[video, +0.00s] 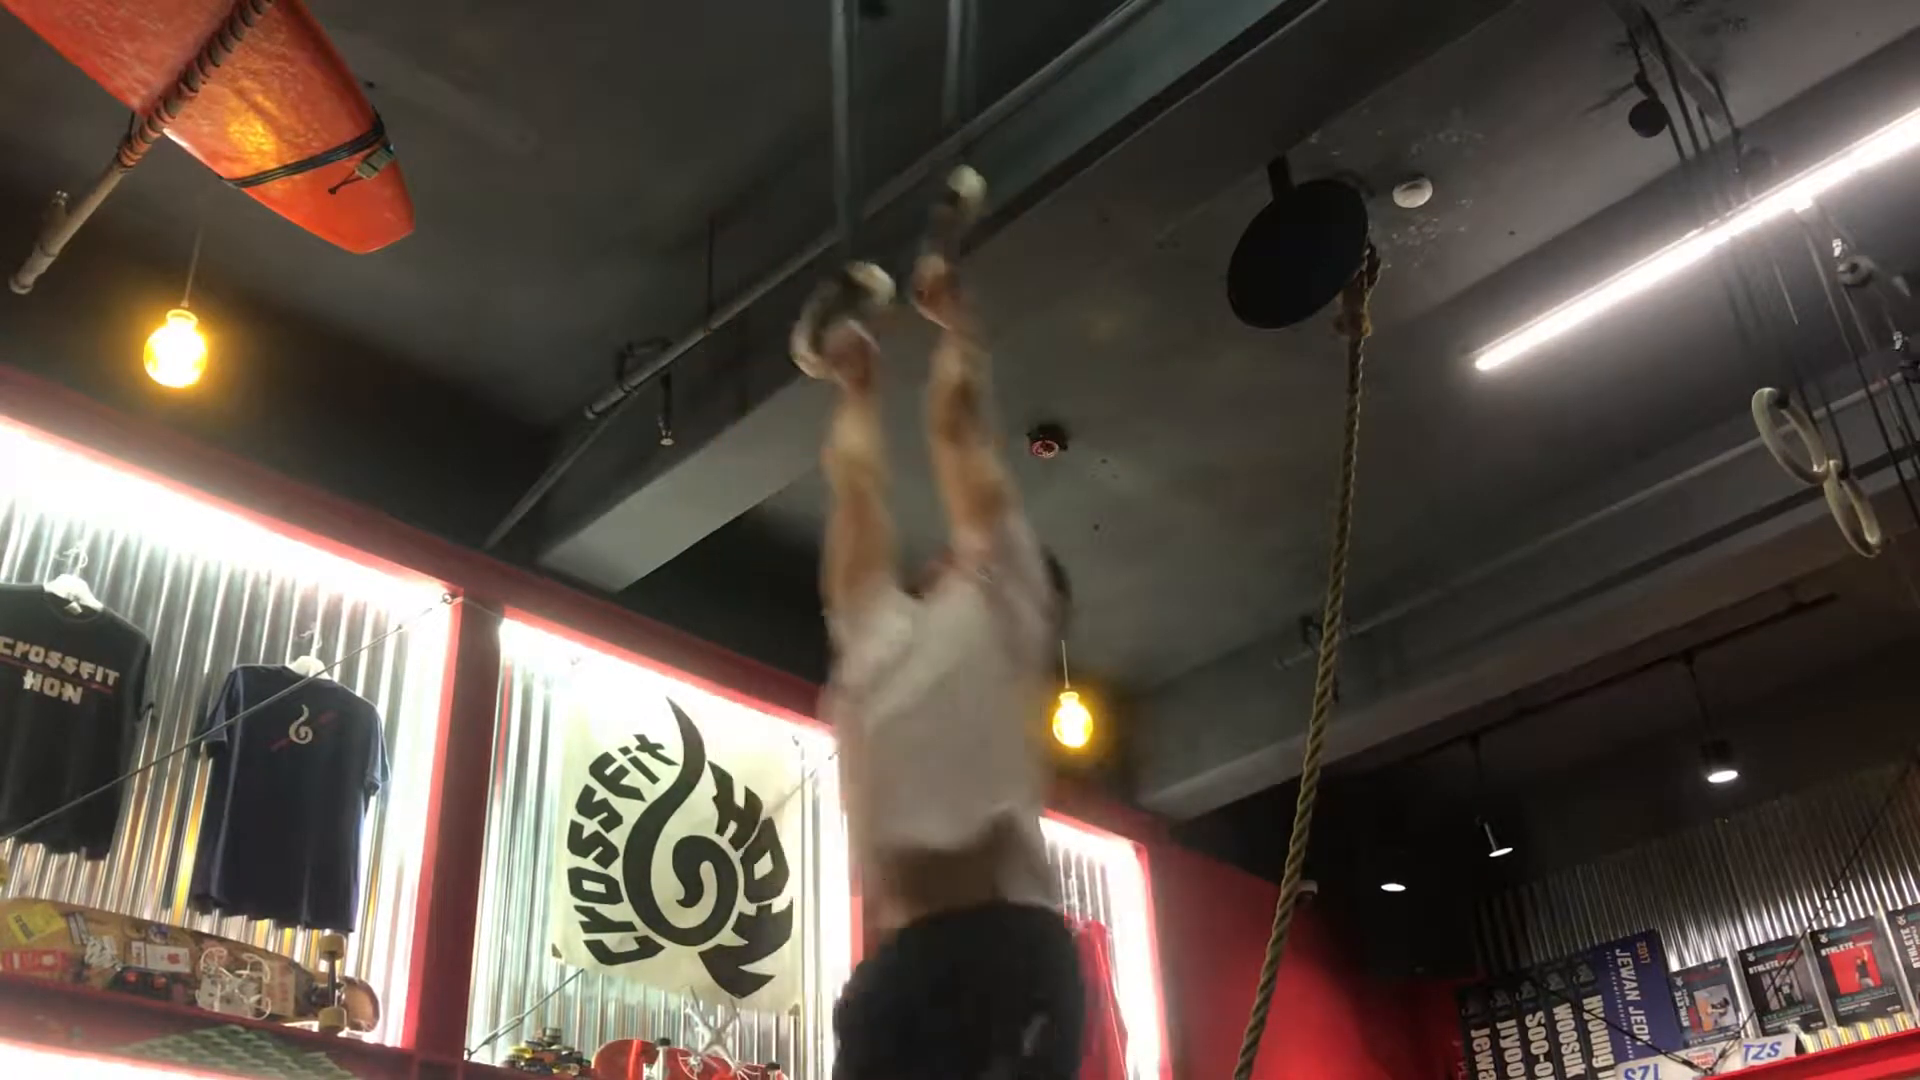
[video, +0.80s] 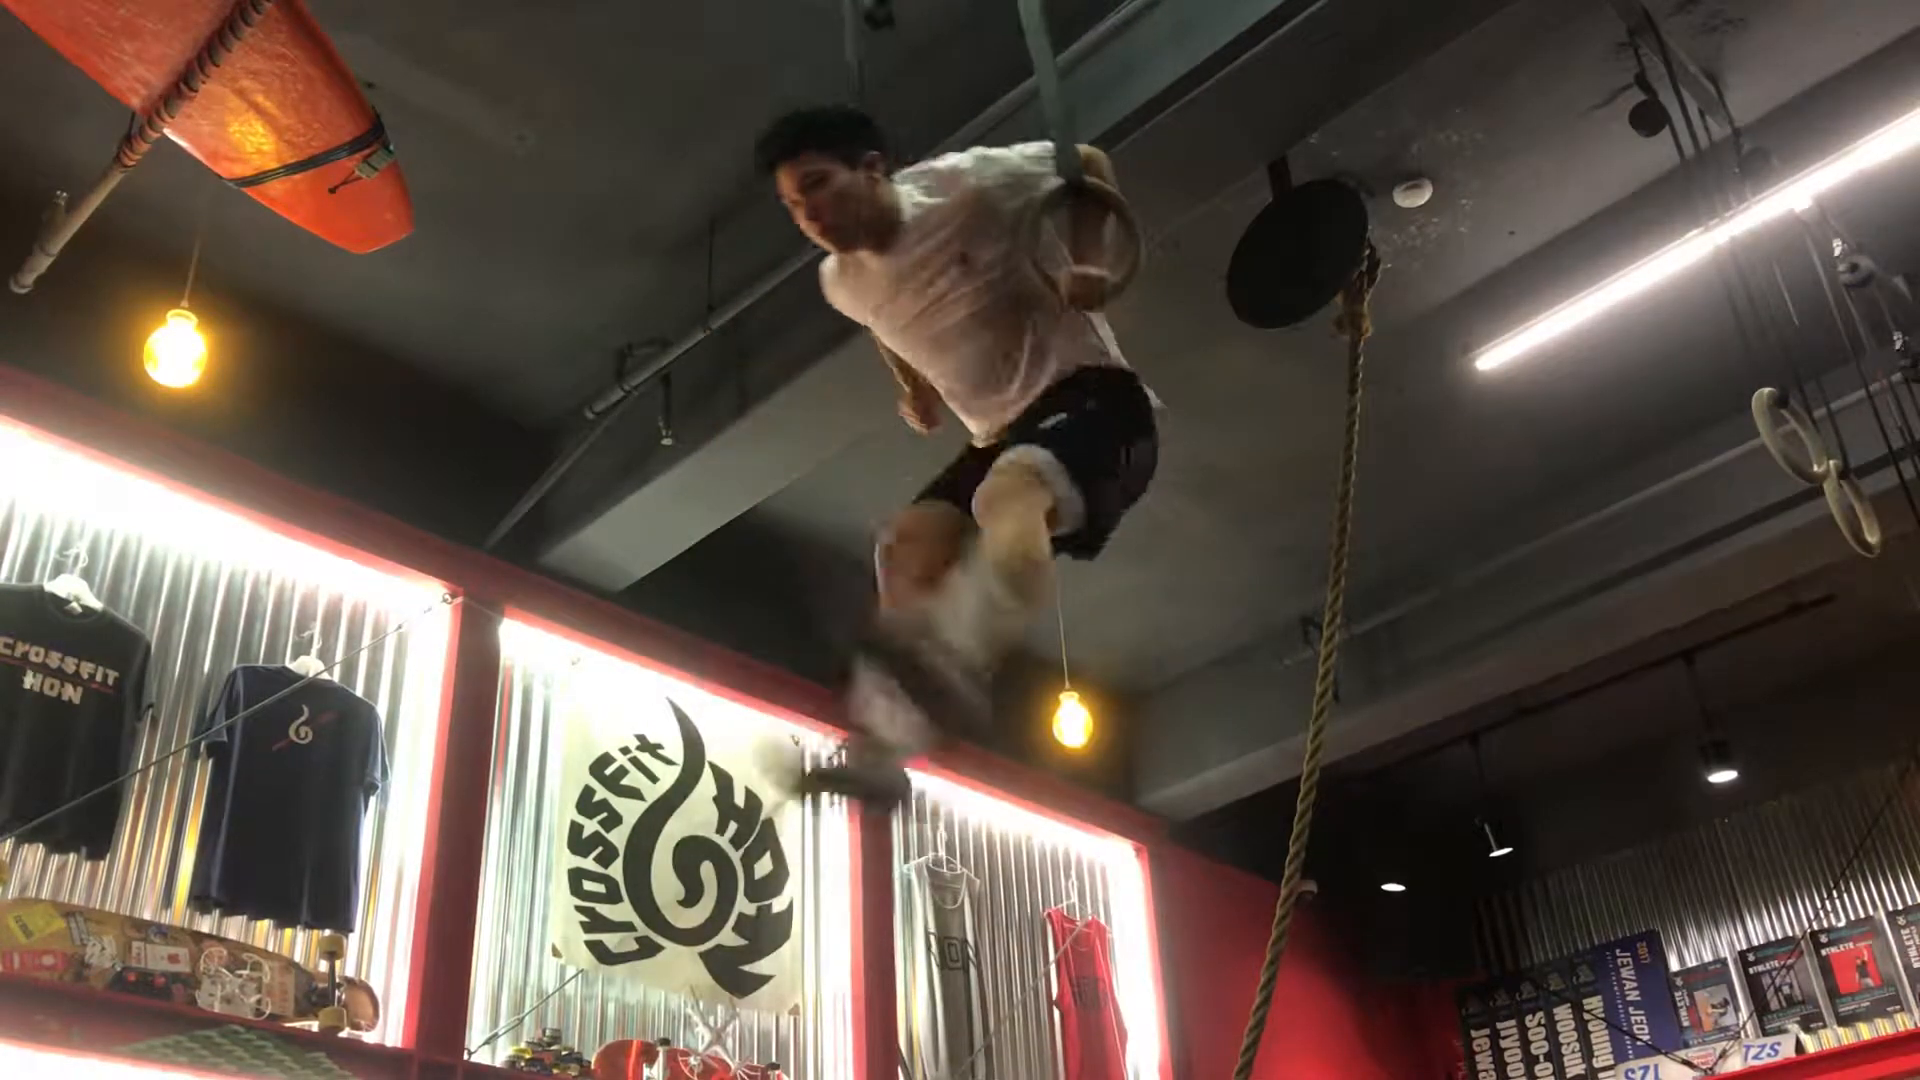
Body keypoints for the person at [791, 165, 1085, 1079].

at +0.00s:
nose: (953, 553)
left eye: (980, 550)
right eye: (948, 551)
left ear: (1026, 588)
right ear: (927, 572)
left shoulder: (1013, 618)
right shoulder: (870, 641)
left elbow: (963, 438)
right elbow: (855, 494)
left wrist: (952, 321)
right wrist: (853, 383)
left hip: (1012, 955)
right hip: (902, 968)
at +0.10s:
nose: (1051, 599)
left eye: (1072, 594)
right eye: (1049, 595)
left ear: (1100, 609)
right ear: (1036, 612)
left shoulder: (1111, 647)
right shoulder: (981, 671)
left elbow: (1065, 494)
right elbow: (957, 548)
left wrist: (1049, 371)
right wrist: (945, 442)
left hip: (1033, 911)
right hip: (936, 901)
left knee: (774, 948)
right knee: (763, 947)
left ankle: (667, 1052)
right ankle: (667, 1053)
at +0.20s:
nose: (1126, 606)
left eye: (1142, 601)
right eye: (1123, 604)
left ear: (1171, 607)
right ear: (1110, 615)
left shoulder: (1191, 640)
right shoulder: (1048, 647)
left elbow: (1187, 497)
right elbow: (1010, 581)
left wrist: (1155, 395)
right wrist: (1006, 483)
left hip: (1029, 720)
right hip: (946, 742)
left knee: (845, 621)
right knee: (691, 746)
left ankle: (754, 885)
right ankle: (705, 956)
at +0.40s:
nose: (1126, 333)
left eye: (1144, 327)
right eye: (1113, 324)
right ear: (1097, 335)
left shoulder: (1166, 420)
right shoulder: (1077, 394)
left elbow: (1215, 435)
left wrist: (1154, 340)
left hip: (1033, 472)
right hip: (935, 512)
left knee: (895, 387)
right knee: (691, 537)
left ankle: (1003, 590)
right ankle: (897, 649)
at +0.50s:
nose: (966, 253)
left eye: (980, 228)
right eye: (958, 244)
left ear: (1038, 231)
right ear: (961, 268)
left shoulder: (1086, 286)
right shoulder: (982, 344)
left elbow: (1215, 364)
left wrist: (1136, 321)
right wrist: (903, 400)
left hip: (1043, 479)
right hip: (943, 501)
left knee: (899, 310)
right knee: (735, 440)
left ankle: (984, 532)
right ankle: (881, 592)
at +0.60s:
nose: (901, 214)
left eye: (910, 189)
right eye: (887, 210)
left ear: (963, 180)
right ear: (885, 229)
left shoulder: (1045, 211)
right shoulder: (919, 304)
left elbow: (1172, 225)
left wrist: (1158, 292)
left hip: (1078, 473)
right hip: (982, 524)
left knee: (927, 333)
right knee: (795, 419)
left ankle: (909, 522)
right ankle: (829, 574)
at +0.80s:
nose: (806, 213)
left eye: (816, 186)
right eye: (792, 202)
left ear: (872, 169)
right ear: (791, 215)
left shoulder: (964, 186)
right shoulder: (841, 282)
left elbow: (1088, 167)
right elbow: (886, 328)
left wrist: (1102, 267)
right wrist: (913, 389)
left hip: (1092, 399)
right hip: (1002, 444)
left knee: (1008, 496)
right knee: (906, 545)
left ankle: (972, 677)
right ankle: (897, 725)